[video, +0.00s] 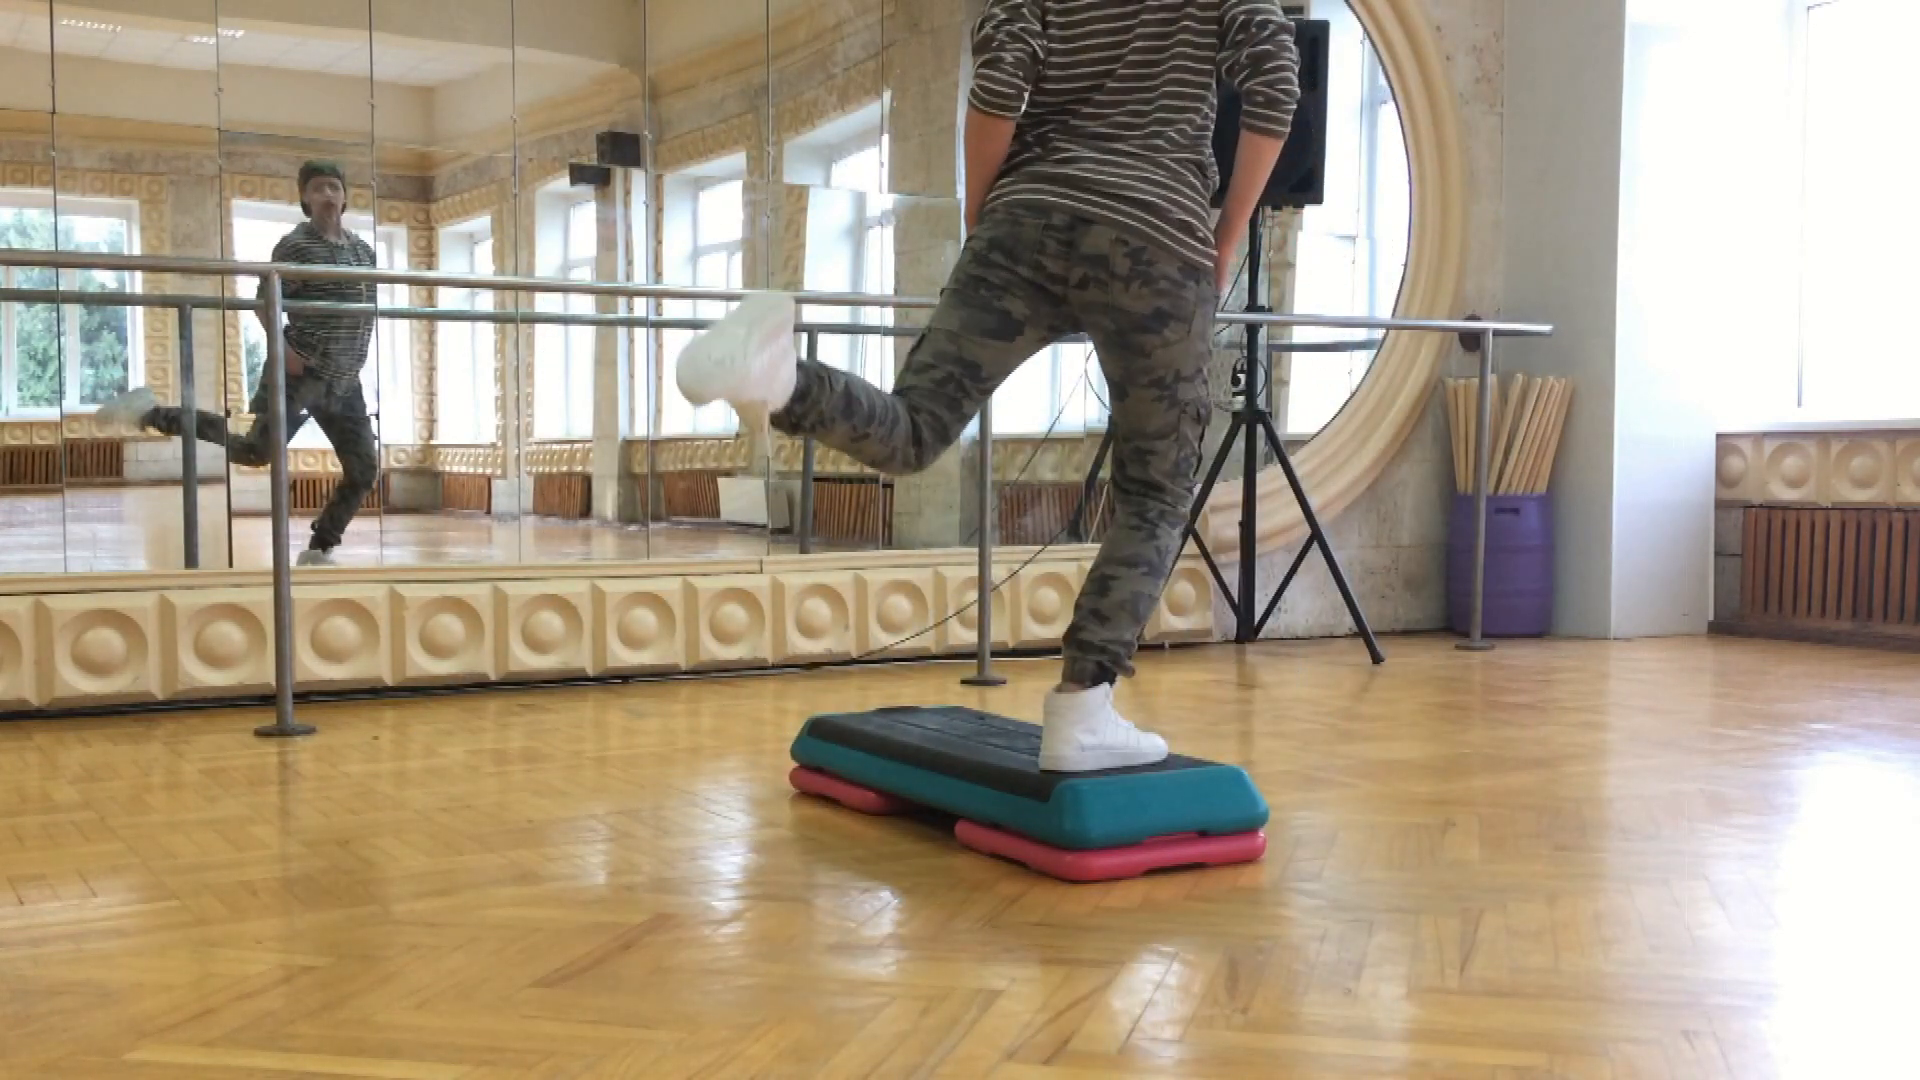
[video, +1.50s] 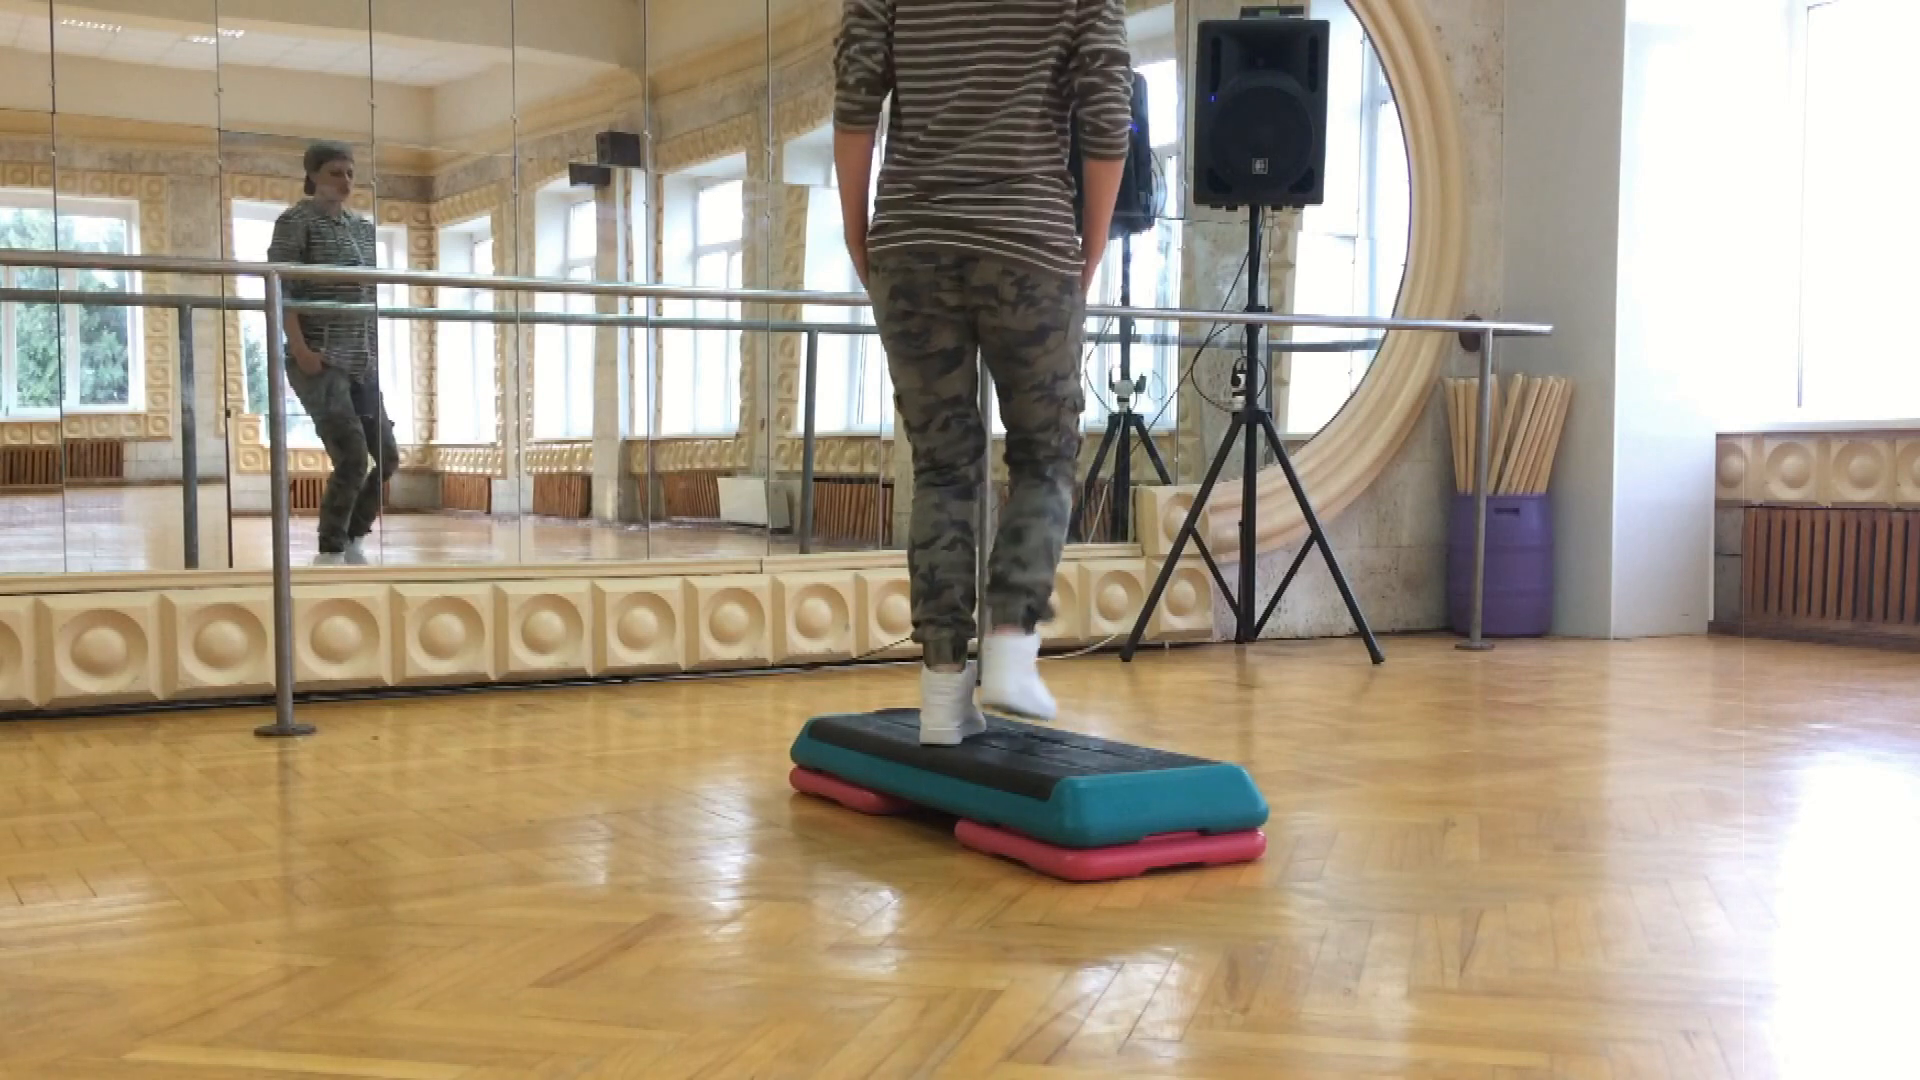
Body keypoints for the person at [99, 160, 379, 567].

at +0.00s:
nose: (329, 195)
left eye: (335, 187)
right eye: (319, 189)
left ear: (346, 197)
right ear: (304, 199)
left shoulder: (363, 252)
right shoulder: (294, 247)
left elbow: (361, 314)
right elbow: (263, 303)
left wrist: (352, 360)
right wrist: (283, 349)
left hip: (343, 383)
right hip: (296, 374)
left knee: (363, 471)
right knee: (256, 450)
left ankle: (319, 551)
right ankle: (152, 414)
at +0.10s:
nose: (328, 186)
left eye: (334, 179)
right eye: (319, 180)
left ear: (345, 189)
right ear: (304, 191)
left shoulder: (363, 242)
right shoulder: (294, 235)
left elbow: (366, 306)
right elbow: (269, 294)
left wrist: (355, 356)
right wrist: (281, 344)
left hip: (343, 374)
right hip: (302, 368)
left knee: (356, 466)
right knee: (284, 456)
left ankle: (317, 552)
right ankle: (188, 435)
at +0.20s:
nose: (331, 175)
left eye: (337, 169)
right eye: (321, 169)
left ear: (347, 178)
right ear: (305, 178)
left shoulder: (362, 226)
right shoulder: (291, 217)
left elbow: (363, 288)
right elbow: (265, 277)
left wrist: (354, 338)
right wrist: (281, 332)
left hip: (344, 352)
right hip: (299, 344)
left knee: (345, 452)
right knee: (328, 439)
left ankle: (316, 542)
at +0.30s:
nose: (330, 171)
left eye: (336, 166)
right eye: (321, 165)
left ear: (347, 176)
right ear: (304, 173)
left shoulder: (362, 223)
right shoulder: (286, 214)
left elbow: (366, 286)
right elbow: (261, 270)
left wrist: (359, 337)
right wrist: (281, 327)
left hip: (347, 347)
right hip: (303, 342)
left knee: (340, 444)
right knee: (339, 435)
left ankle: (318, 538)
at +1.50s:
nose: (345, 181)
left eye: (349, 174)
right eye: (335, 173)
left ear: (353, 181)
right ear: (311, 178)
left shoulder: (363, 228)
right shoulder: (295, 221)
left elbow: (367, 294)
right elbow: (280, 290)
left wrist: (371, 352)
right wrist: (299, 349)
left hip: (361, 362)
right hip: (319, 360)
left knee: (385, 455)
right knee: (354, 458)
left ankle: (352, 540)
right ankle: (330, 551)